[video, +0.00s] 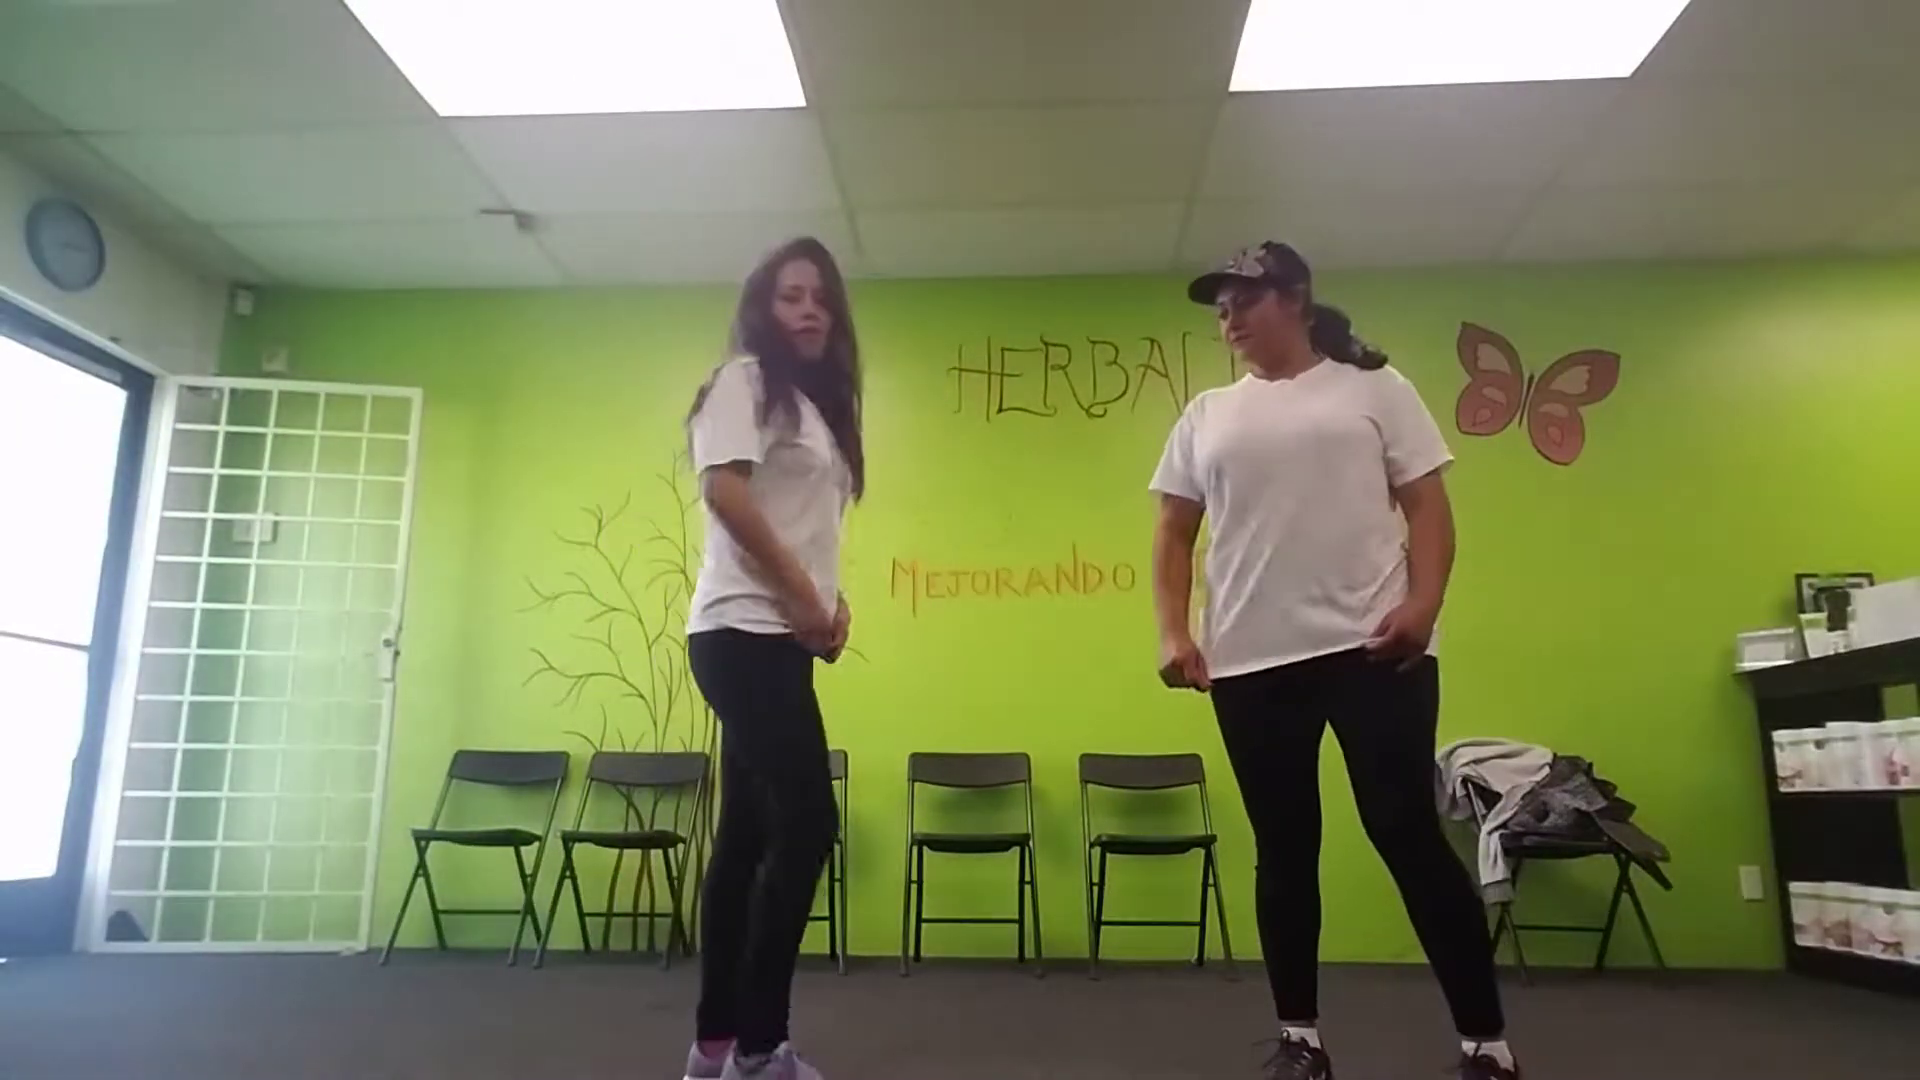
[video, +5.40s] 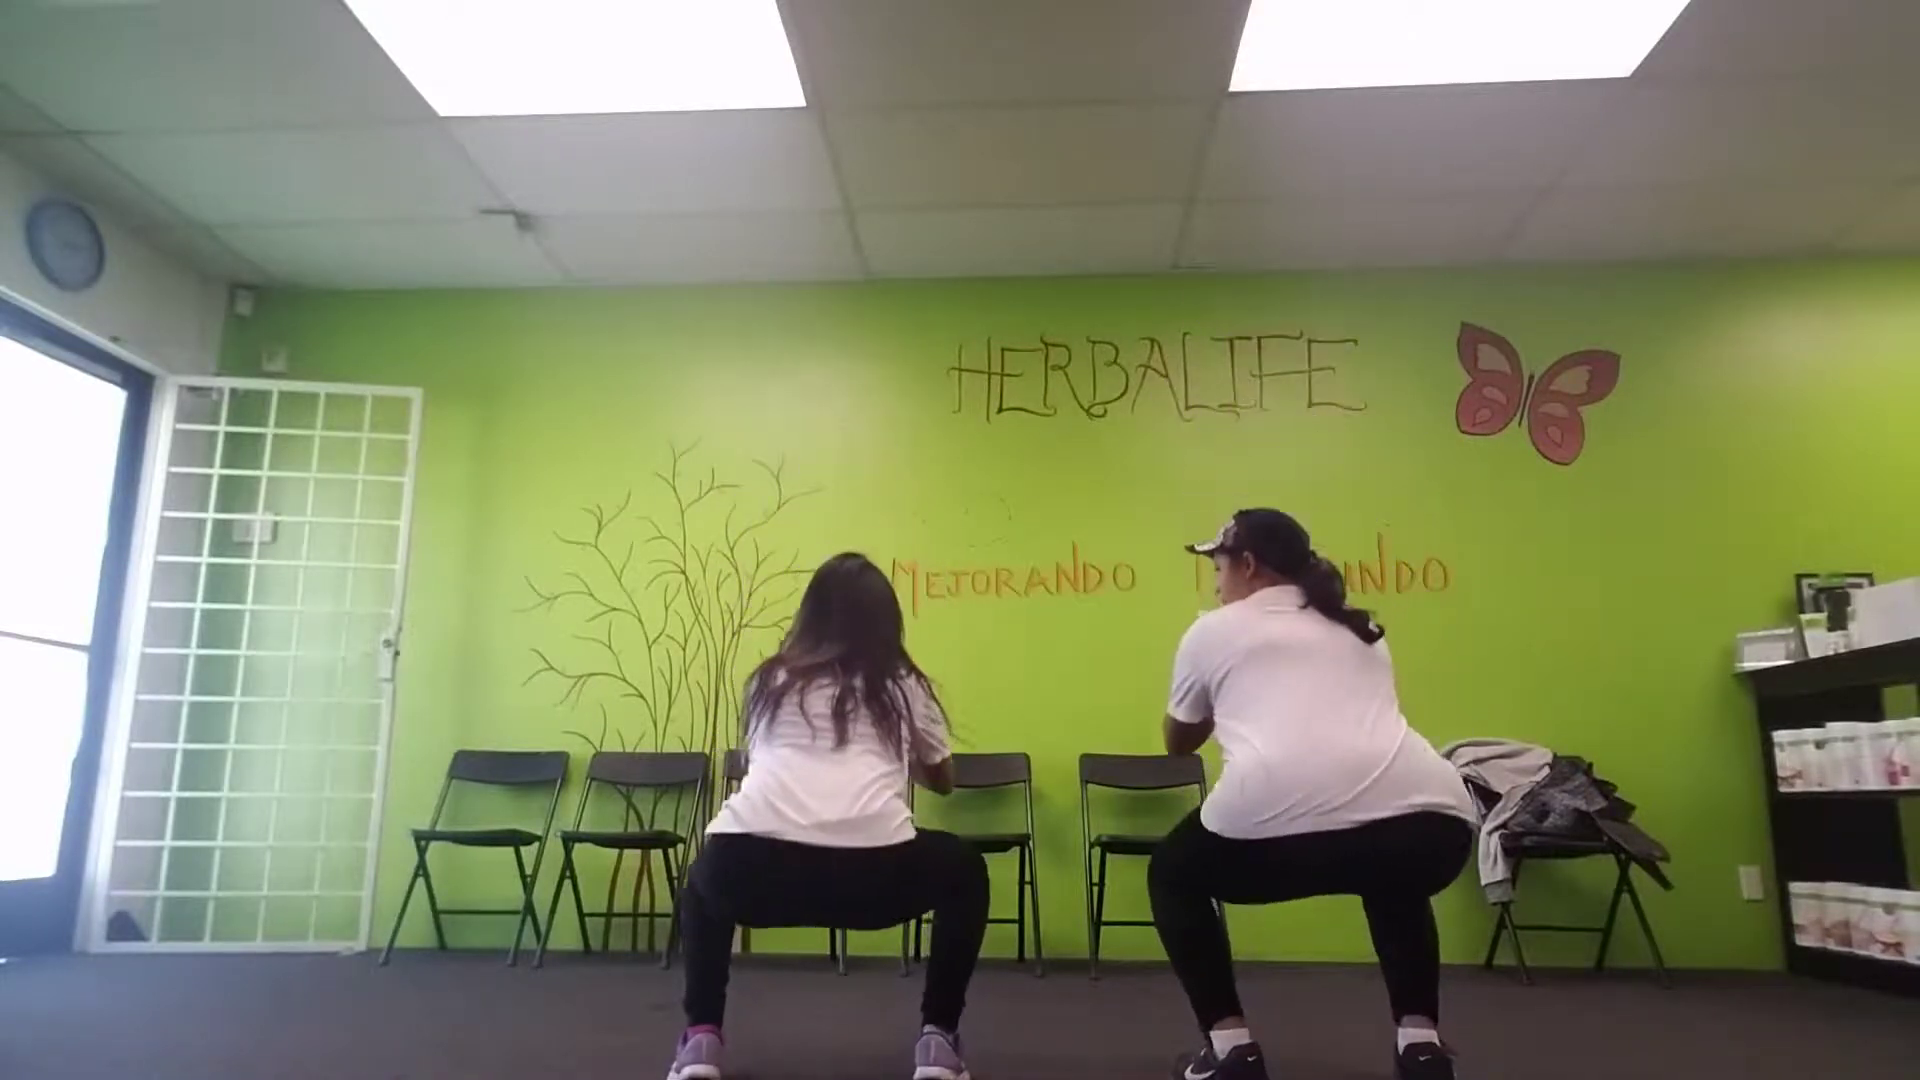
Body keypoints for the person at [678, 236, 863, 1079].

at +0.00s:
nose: (807, 310)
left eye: (819, 298)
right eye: (790, 297)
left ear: (837, 313)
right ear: (761, 308)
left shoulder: (821, 405)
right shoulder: (744, 377)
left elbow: (808, 526)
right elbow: (725, 493)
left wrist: (831, 597)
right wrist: (803, 593)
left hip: (779, 635)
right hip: (743, 632)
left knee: (745, 835)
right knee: (807, 825)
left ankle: (716, 1045)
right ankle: (760, 1049)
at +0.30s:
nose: (837, 324)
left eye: (845, 313)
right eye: (821, 311)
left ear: (852, 322)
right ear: (784, 318)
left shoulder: (753, 392)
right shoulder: (809, 384)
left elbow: (762, 520)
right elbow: (840, 500)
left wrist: (847, 596)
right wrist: (888, 591)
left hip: (745, 635)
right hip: (810, 634)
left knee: (758, 836)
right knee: (852, 840)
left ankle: (720, 1040)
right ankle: (852, 1052)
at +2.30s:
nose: (844, 325)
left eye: (852, 313)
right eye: (826, 311)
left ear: (862, 323)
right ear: (793, 319)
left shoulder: (763, 395)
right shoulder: (815, 385)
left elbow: (773, 526)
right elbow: (853, 505)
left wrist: (859, 606)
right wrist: (892, 605)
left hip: (753, 633)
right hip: (819, 630)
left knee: (766, 839)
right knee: (840, 850)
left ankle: (766, 1052)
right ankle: (851, 1057)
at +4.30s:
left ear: (803, 346)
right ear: (890, 348)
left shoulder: (767, 426)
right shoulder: (920, 433)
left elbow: (757, 540)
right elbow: (932, 542)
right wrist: (853, 528)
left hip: (787, 649)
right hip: (894, 653)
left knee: (742, 851)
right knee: (905, 856)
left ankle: (700, 1050)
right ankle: (927, 1053)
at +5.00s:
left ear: (810, 440)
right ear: (892, 441)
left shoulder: (774, 503)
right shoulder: (914, 509)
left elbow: (767, 590)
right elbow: (941, 613)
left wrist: (834, 572)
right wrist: (878, 567)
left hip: (771, 689)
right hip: (883, 697)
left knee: (722, 859)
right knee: (932, 861)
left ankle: (697, 1049)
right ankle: (936, 1049)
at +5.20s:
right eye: (890, 524)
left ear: (809, 527)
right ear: (889, 530)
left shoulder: (772, 586)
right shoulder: (907, 594)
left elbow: (764, 669)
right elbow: (940, 694)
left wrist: (829, 657)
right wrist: (876, 657)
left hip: (762, 766)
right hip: (880, 778)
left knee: (718, 875)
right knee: (950, 866)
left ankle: (701, 1039)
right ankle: (937, 1038)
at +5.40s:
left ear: (808, 615)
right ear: (887, 619)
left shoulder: (768, 678)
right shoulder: (904, 684)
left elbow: (759, 760)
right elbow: (941, 779)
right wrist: (884, 740)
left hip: (756, 874)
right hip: (870, 878)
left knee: (705, 880)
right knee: (964, 868)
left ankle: (701, 1036)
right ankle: (938, 1038)